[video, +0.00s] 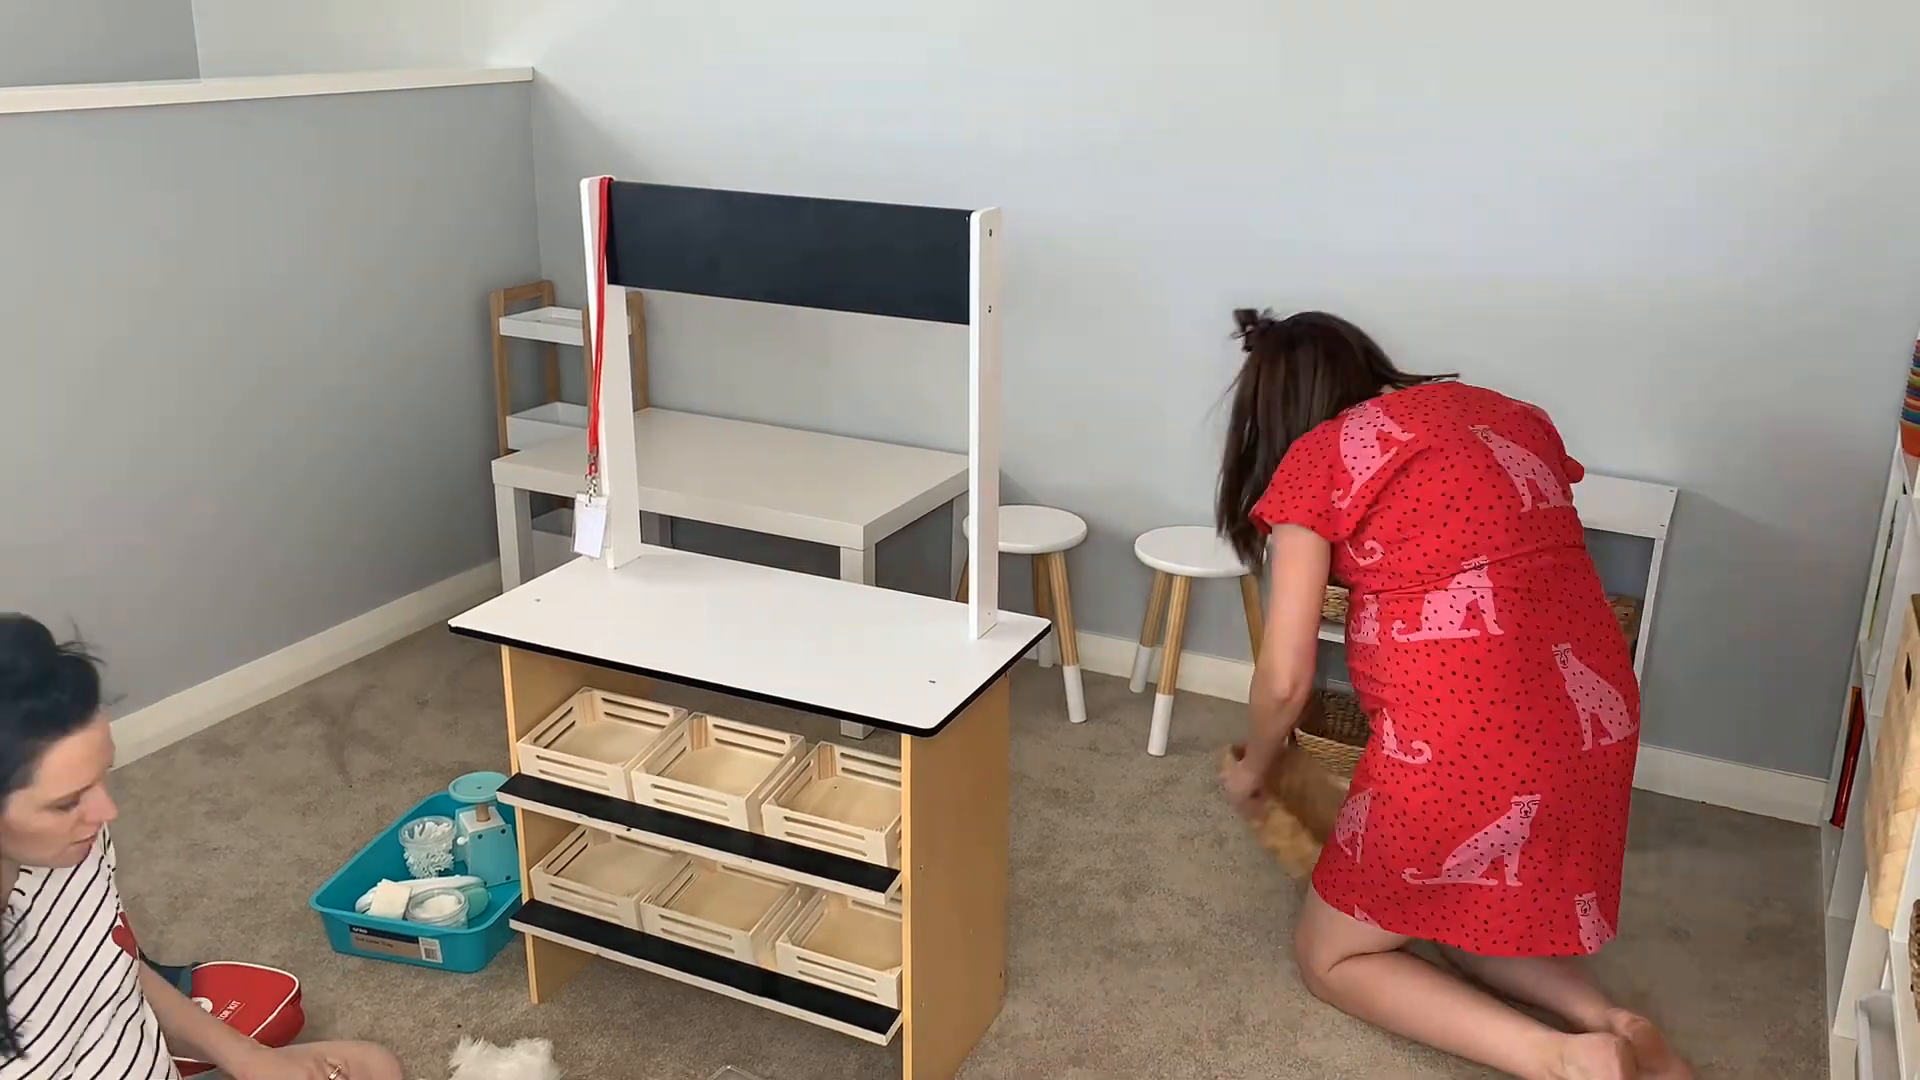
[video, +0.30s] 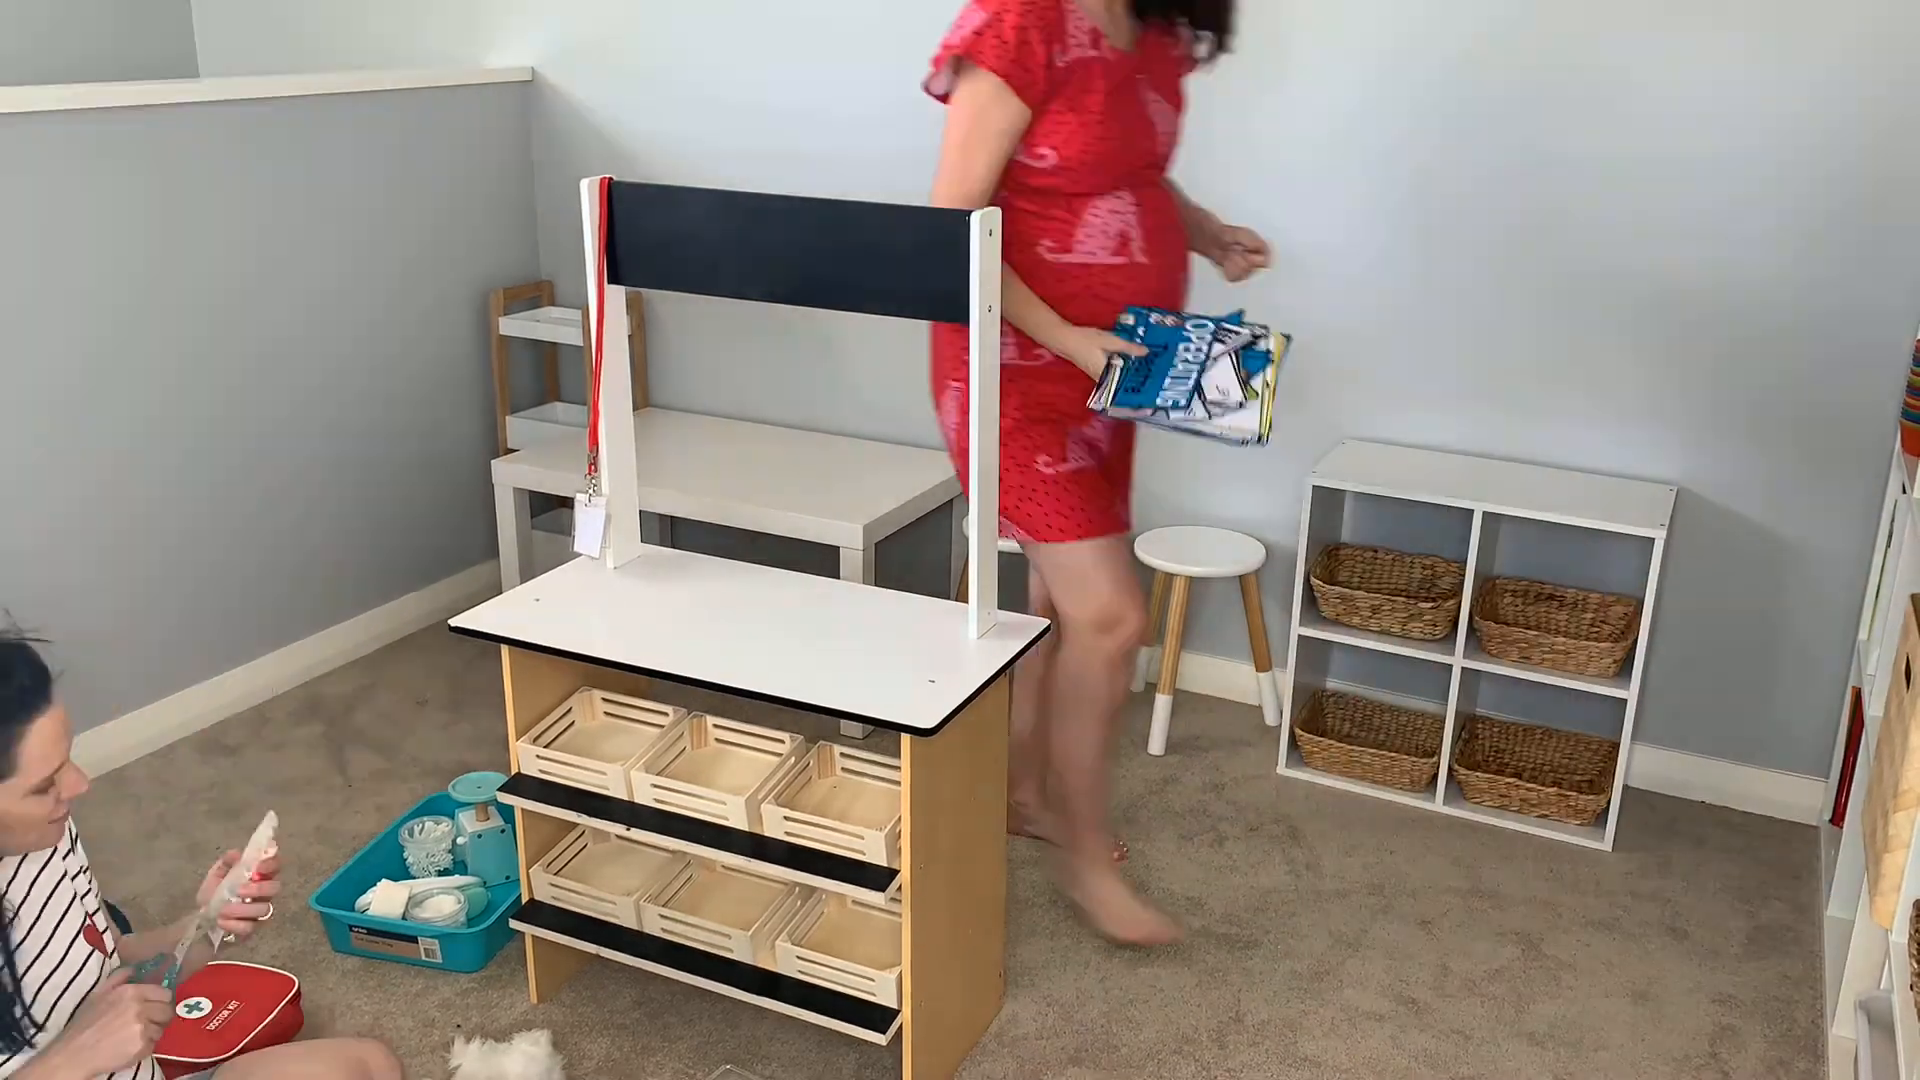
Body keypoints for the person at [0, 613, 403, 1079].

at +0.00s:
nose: (108, 812)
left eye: (102, 776)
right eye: (70, 802)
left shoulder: (73, 837)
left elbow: (117, 966)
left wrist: (247, 1056)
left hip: (160, 1058)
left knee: (375, 1065)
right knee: (372, 1065)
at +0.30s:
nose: (79, 785)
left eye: (67, 759)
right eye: (46, 785)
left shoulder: (49, 830)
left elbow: (100, 955)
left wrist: (204, 922)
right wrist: (71, 1058)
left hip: (144, 1057)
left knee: (373, 1062)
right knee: (369, 1062)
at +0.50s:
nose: (69, 797)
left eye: (64, 765)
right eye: (33, 793)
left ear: (61, 736)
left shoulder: (57, 815)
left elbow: (100, 951)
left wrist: (189, 947)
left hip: (125, 1050)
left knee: (373, 1063)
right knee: (368, 1063)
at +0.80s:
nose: (43, 814)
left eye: (41, 780)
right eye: (9, 804)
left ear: (44, 745)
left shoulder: (60, 801)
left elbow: (100, 924)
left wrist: (149, 988)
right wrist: (92, 1077)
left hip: (148, 1053)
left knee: (372, 1062)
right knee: (367, 1065)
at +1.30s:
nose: (48, 705)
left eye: (23, 684)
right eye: (8, 706)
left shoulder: (44, 802)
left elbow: (81, 929)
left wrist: (167, 963)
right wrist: (125, 1066)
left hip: (133, 1040)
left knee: (373, 1063)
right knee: (370, 1064)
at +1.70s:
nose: (14, 716)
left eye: (7, 691)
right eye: (4, 697)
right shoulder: (24, 895)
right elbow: (214, 1039)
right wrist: (379, 1068)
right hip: (82, 1070)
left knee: (250, 933)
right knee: (248, 934)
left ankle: (304, 939)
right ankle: (313, 935)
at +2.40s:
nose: (154, 840)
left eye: (159, 810)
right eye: (126, 821)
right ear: (47, 807)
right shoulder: (54, 985)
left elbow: (136, 1066)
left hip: (125, 1063)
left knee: (358, 1060)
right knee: (311, 1012)